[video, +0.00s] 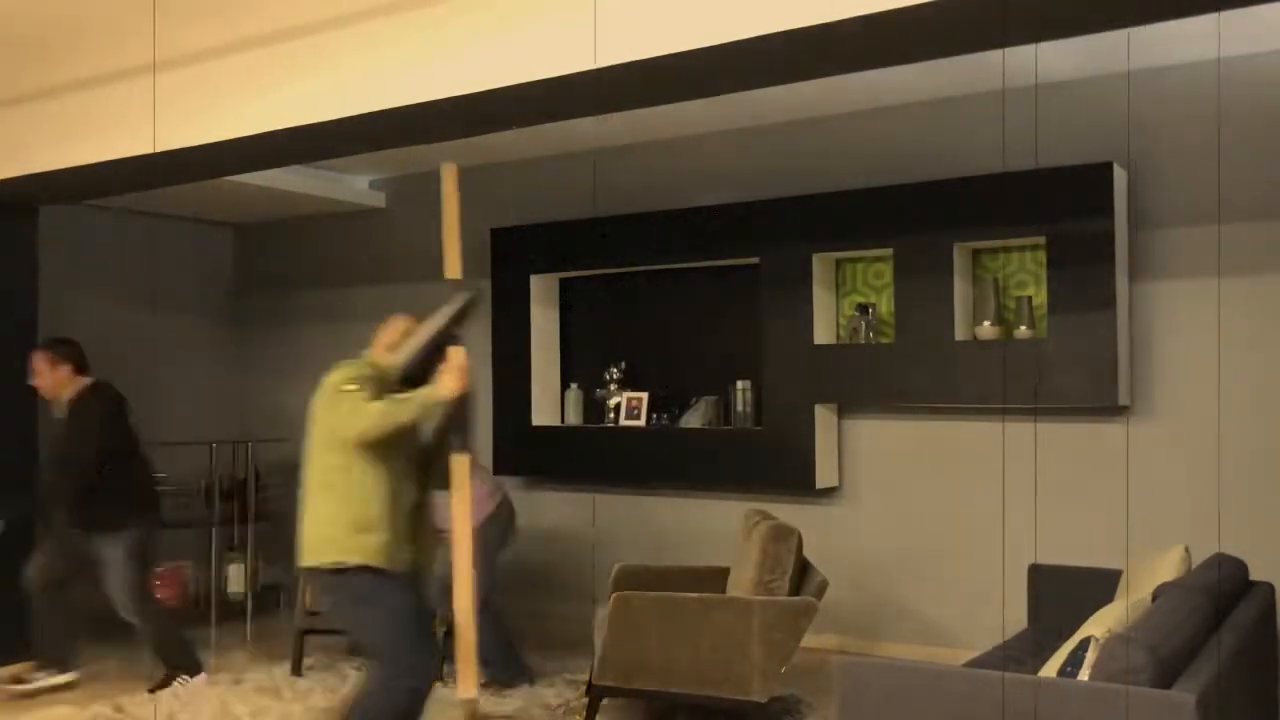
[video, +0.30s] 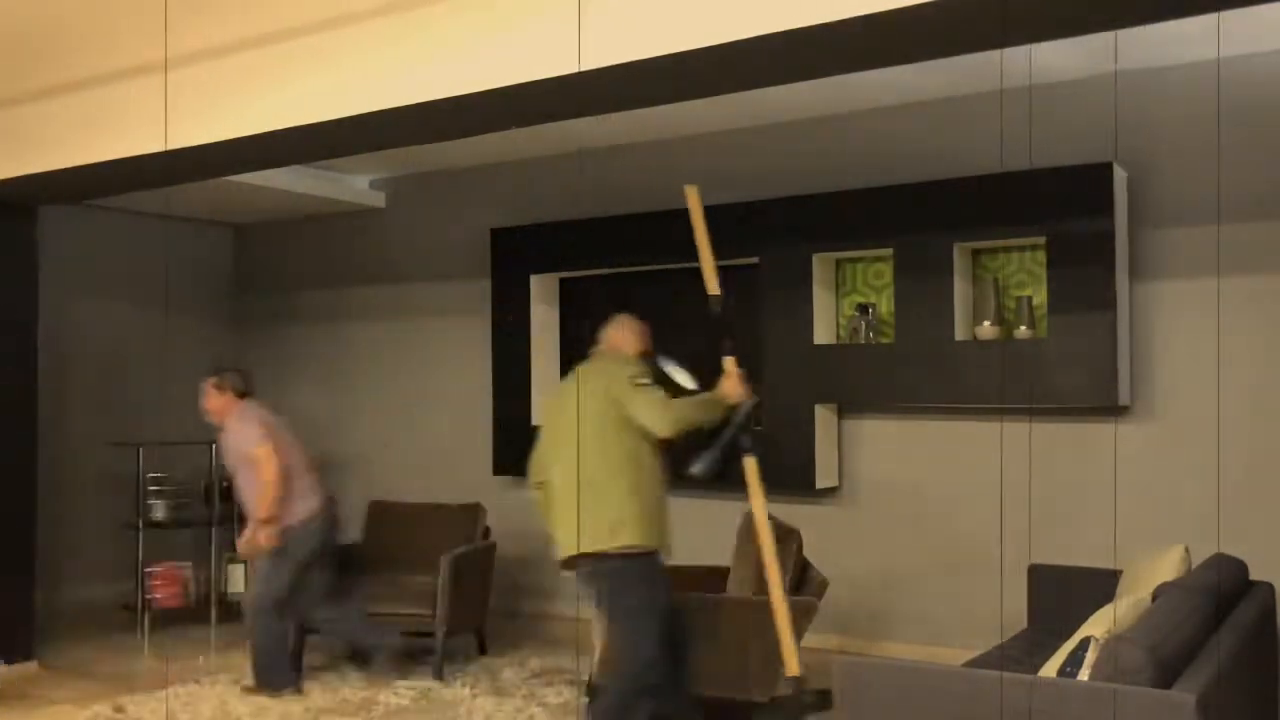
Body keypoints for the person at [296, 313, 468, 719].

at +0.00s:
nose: (415, 354)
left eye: (420, 346)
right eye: (410, 342)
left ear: (417, 351)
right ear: (388, 340)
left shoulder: (393, 398)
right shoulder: (347, 381)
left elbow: (422, 468)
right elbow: (360, 423)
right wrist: (438, 393)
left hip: (386, 565)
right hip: (349, 565)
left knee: (416, 664)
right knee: (407, 666)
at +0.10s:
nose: (316, 426)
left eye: (319, 415)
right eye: (316, 416)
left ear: (336, 412)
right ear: (349, 411)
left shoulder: (350, 435)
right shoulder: (375, 432)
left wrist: (335, 541)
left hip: (398, 529)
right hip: (415, 524)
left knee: (392, 596)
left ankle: (412, 668)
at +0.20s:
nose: (260, 416)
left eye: (265, 406)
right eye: (261, 407)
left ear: (284, 405)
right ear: (288, 405)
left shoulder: (298, 428)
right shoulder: (311, 428)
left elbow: (324, 458)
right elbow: (321, 498)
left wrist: (330, 509)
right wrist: (286, 531)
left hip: (361, 527)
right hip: (376, 522)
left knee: (309, 590)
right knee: (371, 607)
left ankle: (356, 666)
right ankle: (420, 668)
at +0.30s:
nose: (204, 404)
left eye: (209, 395)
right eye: (204, 396)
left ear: (227, 395)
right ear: (232, 396)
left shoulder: (242, 422)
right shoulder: (253, 417)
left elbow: (271, 467)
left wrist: (263, 522)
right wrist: (254, 528)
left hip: (294, 524)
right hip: (307, 521)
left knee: (263, 599)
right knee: (309, 601)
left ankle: (275, 680)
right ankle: (379, 644)